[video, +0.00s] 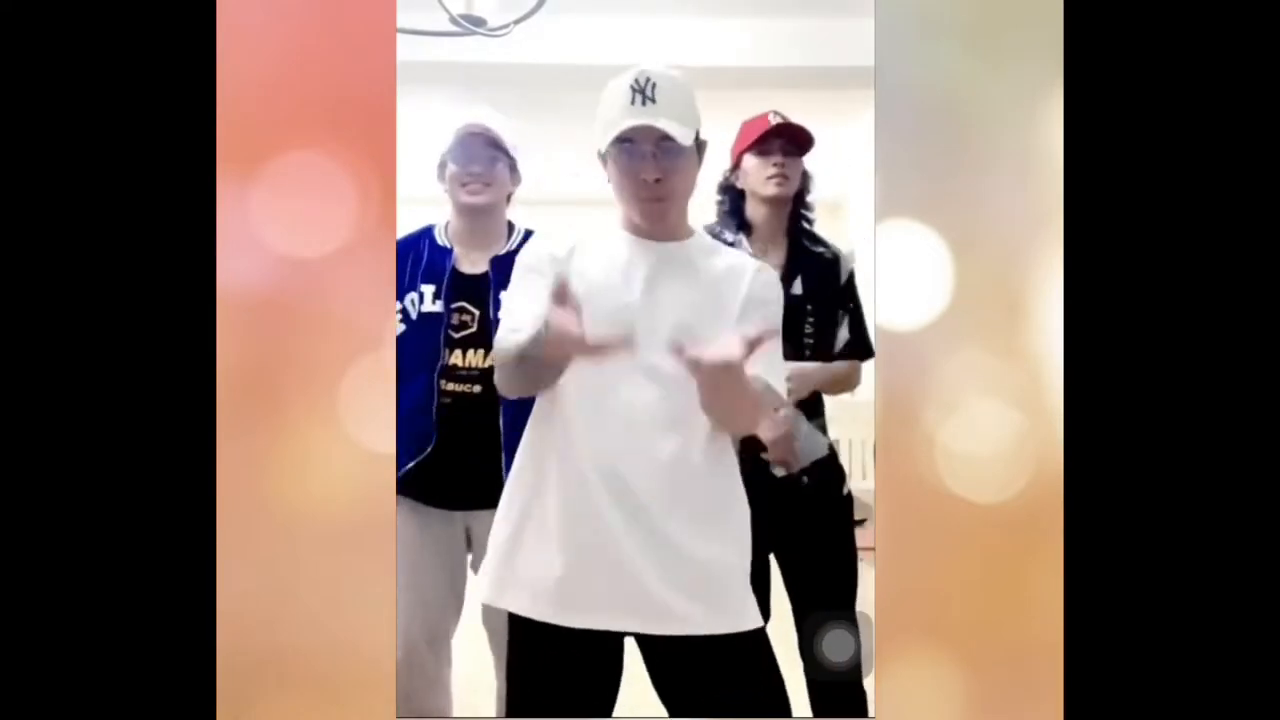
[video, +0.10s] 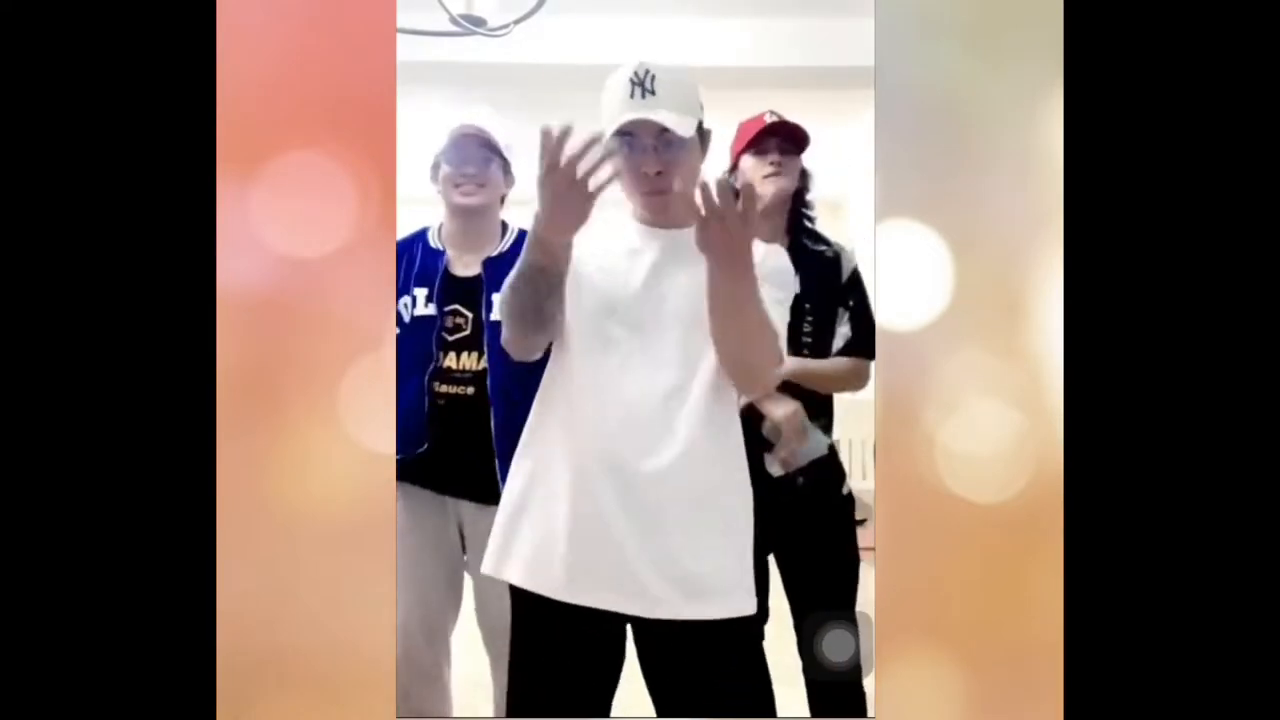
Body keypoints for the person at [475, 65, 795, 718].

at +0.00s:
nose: (649, 168)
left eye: (667, 148)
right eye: (629, 148)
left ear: (699, 161)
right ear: (603, 162)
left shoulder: (746, 281)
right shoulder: (552, 261)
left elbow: (751, 419)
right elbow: (508, 378)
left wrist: (721, 384)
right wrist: (553, 348)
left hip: (694, 572)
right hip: (561, 564)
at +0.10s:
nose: (650, 159)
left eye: (669, 139)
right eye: (630, 140)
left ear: (703, 147)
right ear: (608, 151)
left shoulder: (750, 259)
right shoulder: (570, 239)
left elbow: (758, 377)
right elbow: (520, 343)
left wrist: (730, 262)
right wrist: (553, 232)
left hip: (696, 563)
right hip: (565, 555)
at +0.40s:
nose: (655, 154)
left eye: (674, 133)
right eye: (636, 136)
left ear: (708, 143)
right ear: (614, 148)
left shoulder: (774, 239)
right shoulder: (588, 244)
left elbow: (801, 357)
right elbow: (541, 360)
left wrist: (725, 256)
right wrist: (560, 284)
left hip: (711, 574)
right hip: (582, 569)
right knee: (541, 716)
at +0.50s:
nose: (658, 164)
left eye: (677, 143)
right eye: (639, 144)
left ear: (707, 155)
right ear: (612, 158)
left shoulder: (773, 251)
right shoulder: (583, 267)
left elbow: (807, 396)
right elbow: (552, 402)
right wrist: (577, 362)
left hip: (723, 588)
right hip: (591, 586)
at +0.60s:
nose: (663, 168)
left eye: (682, 147)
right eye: (643, 147)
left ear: (709, 162)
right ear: (613, 161)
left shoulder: (770, 263)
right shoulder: (573, 281)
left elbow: (820, 398)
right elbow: (553, 415)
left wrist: (754, 394)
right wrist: (590, 403)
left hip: (742, 600)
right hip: (602, 599)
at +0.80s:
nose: (669, 162)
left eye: (689, 141)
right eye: (649, 140)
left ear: (711, 155)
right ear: (612, 150)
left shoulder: (753, 259)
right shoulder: (575, 263)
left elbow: (794, 379)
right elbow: (541, 378)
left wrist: (791, 282)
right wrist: (566, 293)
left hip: (745, 589)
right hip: (613, 590)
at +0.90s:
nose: (665, 152)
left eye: (685, 132)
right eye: (647, 130)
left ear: (708, 145)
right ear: (613, 140)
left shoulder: (751, 249)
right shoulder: (573, 243)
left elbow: (795, 348)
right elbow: (526, 342)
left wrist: (806, 213)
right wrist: (549, 220)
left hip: (741, 580)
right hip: (608, 581)